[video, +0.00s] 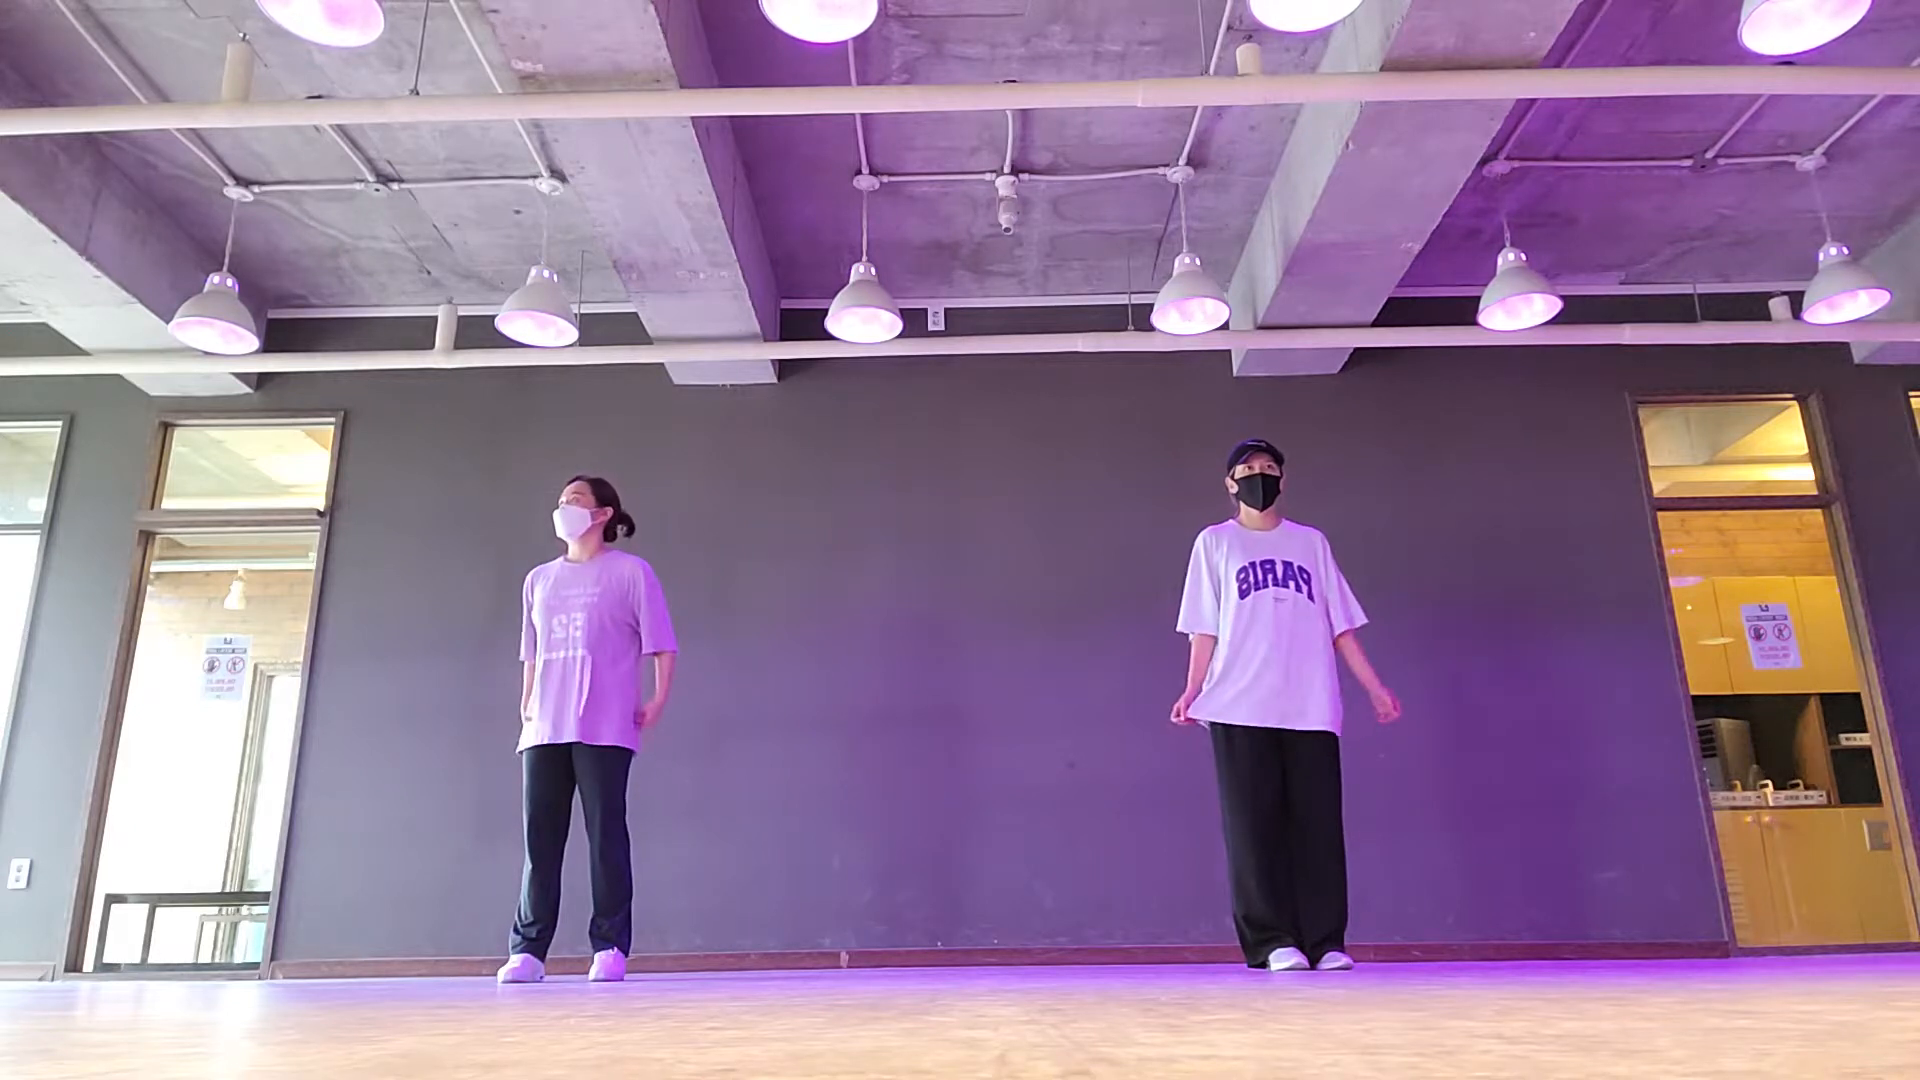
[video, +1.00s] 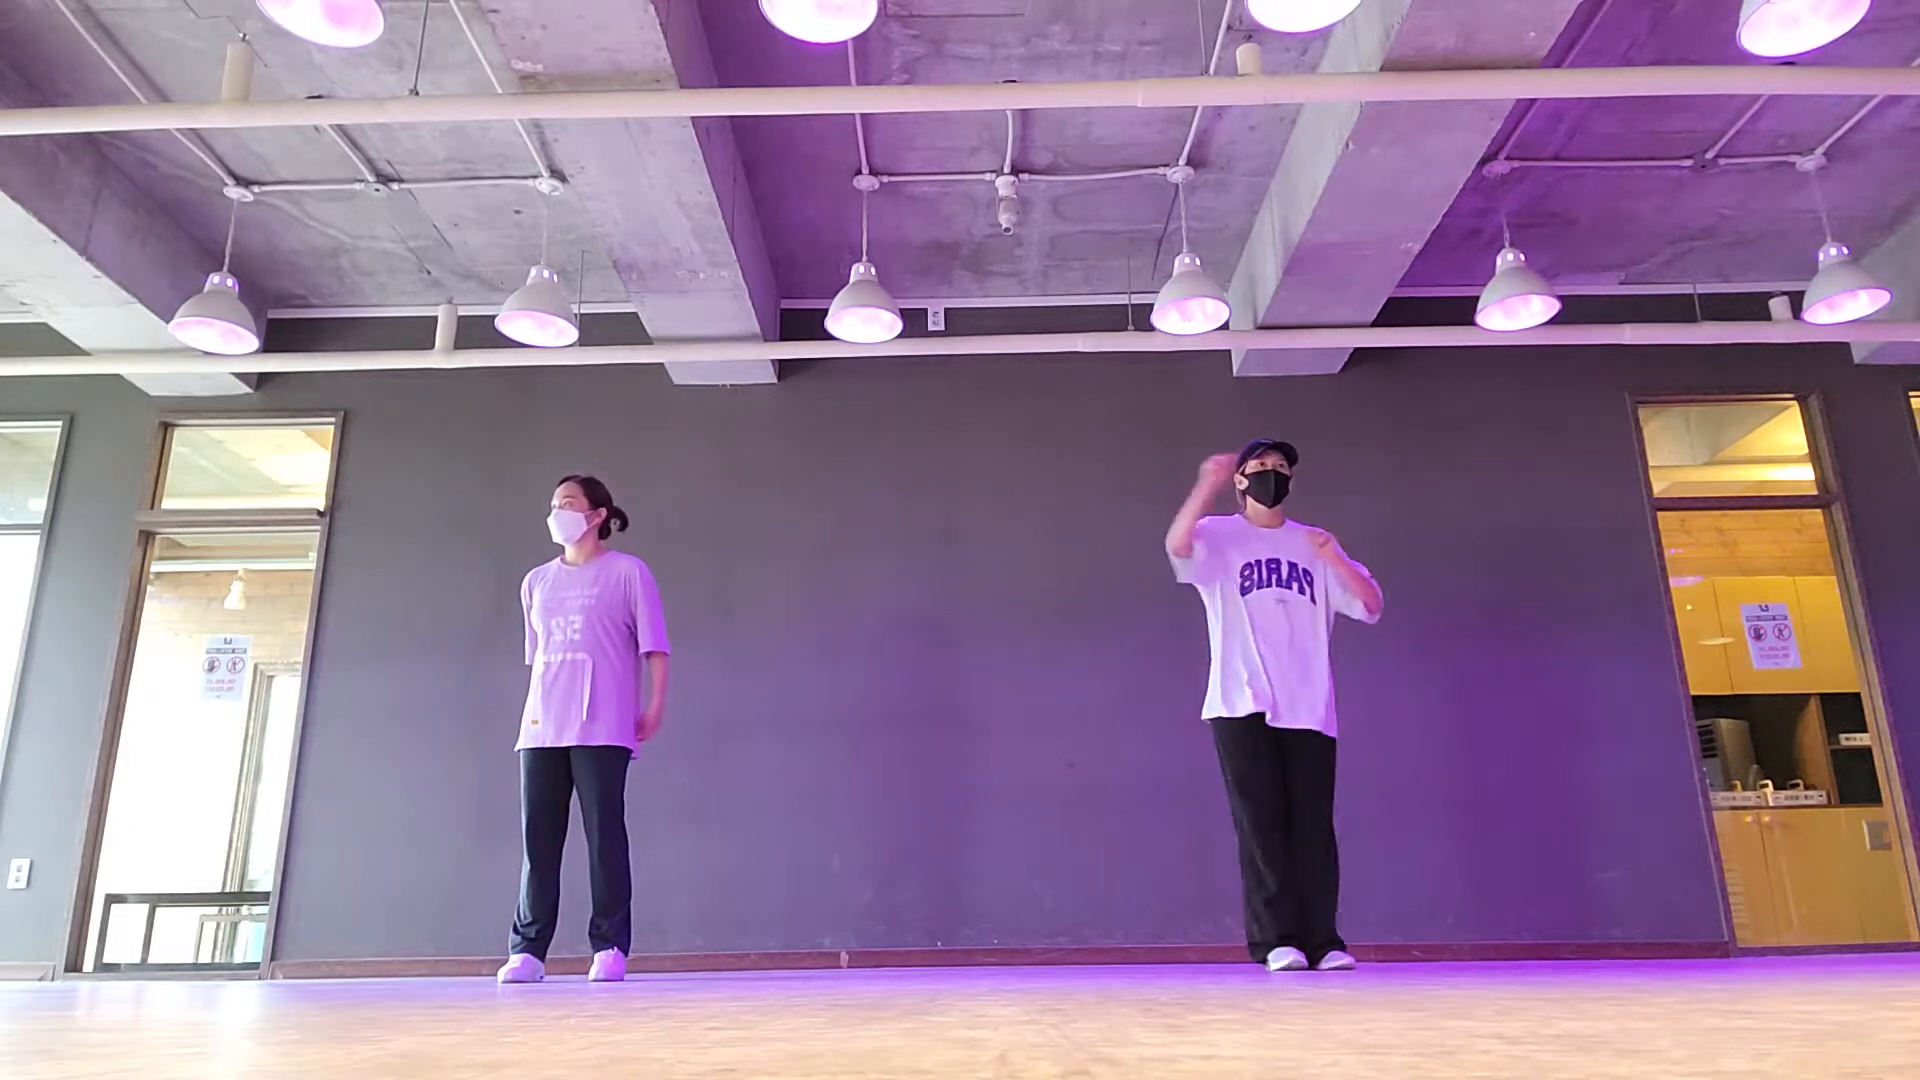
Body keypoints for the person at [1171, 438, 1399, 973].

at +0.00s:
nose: (1260, 478)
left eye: (1268, 470)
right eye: (1248, 471)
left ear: (1282, 480)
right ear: (1230, 483)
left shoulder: (1312, 543)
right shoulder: (1213, 543)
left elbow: (1340, 627)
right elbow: (1204, 627)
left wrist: (1373, 686)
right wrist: (1194, 687)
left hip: (1311, 709)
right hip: (1242, 710)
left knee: (1317, 826)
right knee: (1256, 829)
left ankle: (1325, 942)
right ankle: (1273, 945)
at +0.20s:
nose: (1259, 481)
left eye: (1268, 473)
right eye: (1248, 473)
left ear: (1282, 481)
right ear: (1230, 484)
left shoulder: (1313, 543)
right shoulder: (1211, 543)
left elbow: (1362, 616)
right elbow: (1181, 621)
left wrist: (1420, 658)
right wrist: (1144, 671)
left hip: (1309, 708)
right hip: (1241, 711)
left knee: (1317, 824)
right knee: (1257, 827)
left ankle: (1325, 941)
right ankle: (1273, 944)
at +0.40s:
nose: (1260, 481)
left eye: (1269, 473)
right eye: (1249, 473)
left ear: (1282, 482)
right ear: (1230, 483)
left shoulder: (1313, 539)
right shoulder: (1208, 542)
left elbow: (1360, 588)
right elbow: (1172, 599)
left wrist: (1404, 600)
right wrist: (1154, 604)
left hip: (1313, 705)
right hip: (1244, 708)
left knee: (1320, 825)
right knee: (1262, 829)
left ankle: (1327, 942)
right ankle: (1276, 945)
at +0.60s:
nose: (1261, 487)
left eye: (1270, 479)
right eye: (1250, 479)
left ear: (1283, 488)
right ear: (1231, 488)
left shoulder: (1313, 546)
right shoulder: (1211, 544)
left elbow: (1367, 599)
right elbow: (1206, 597)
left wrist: (1326, 562)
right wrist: (1261, 546)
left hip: (1315, 708)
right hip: (1245, 711)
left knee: (1321, 826)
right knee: (1266, 830)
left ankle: (1328, 944)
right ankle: (1275, 948)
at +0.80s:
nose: (1266, 489)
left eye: (1275, 482)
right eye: (1255, 481)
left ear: (1287, 491)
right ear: (1236, 491)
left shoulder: (1309, 543)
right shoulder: (1217, 539)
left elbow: (1334, 596)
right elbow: (1235, 584)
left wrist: (1294, 552)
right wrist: (1277, 539)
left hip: (1312, 707)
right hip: (1246, 707)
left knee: (1323, 827)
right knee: (1263, 831)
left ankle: (1328, 946)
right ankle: (1278, 947)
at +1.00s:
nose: (1270, 478)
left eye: (1279, 472)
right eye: (1259, 471)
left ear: (1291, 482)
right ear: (1240, 482)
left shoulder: (1315, 544)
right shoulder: (1219, 536)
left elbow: (1371, 606)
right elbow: (1178, 546)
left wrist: (1335, 556)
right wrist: (1207, 486)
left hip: (1308, 704)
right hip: (1242, 703)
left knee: (1314, 824)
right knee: (1262, 825)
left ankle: (1323, 942)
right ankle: (1276, 945)